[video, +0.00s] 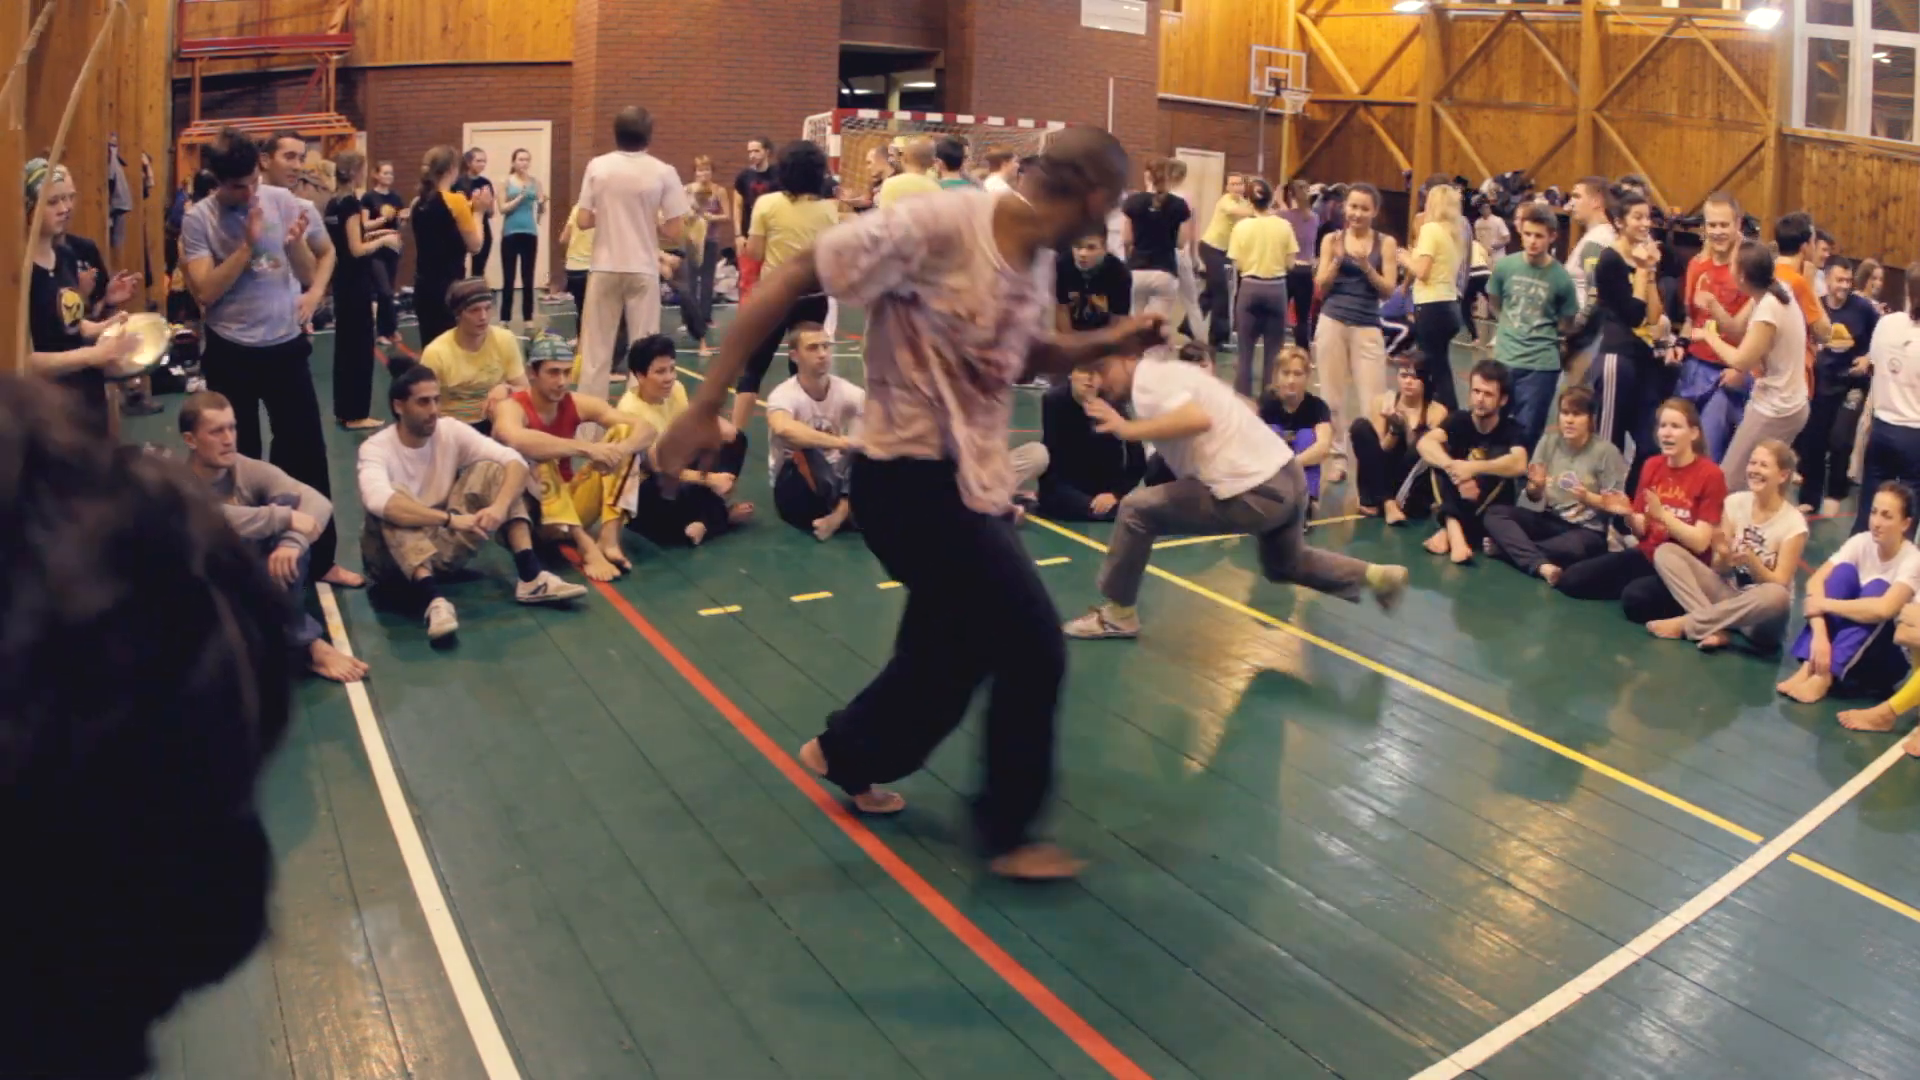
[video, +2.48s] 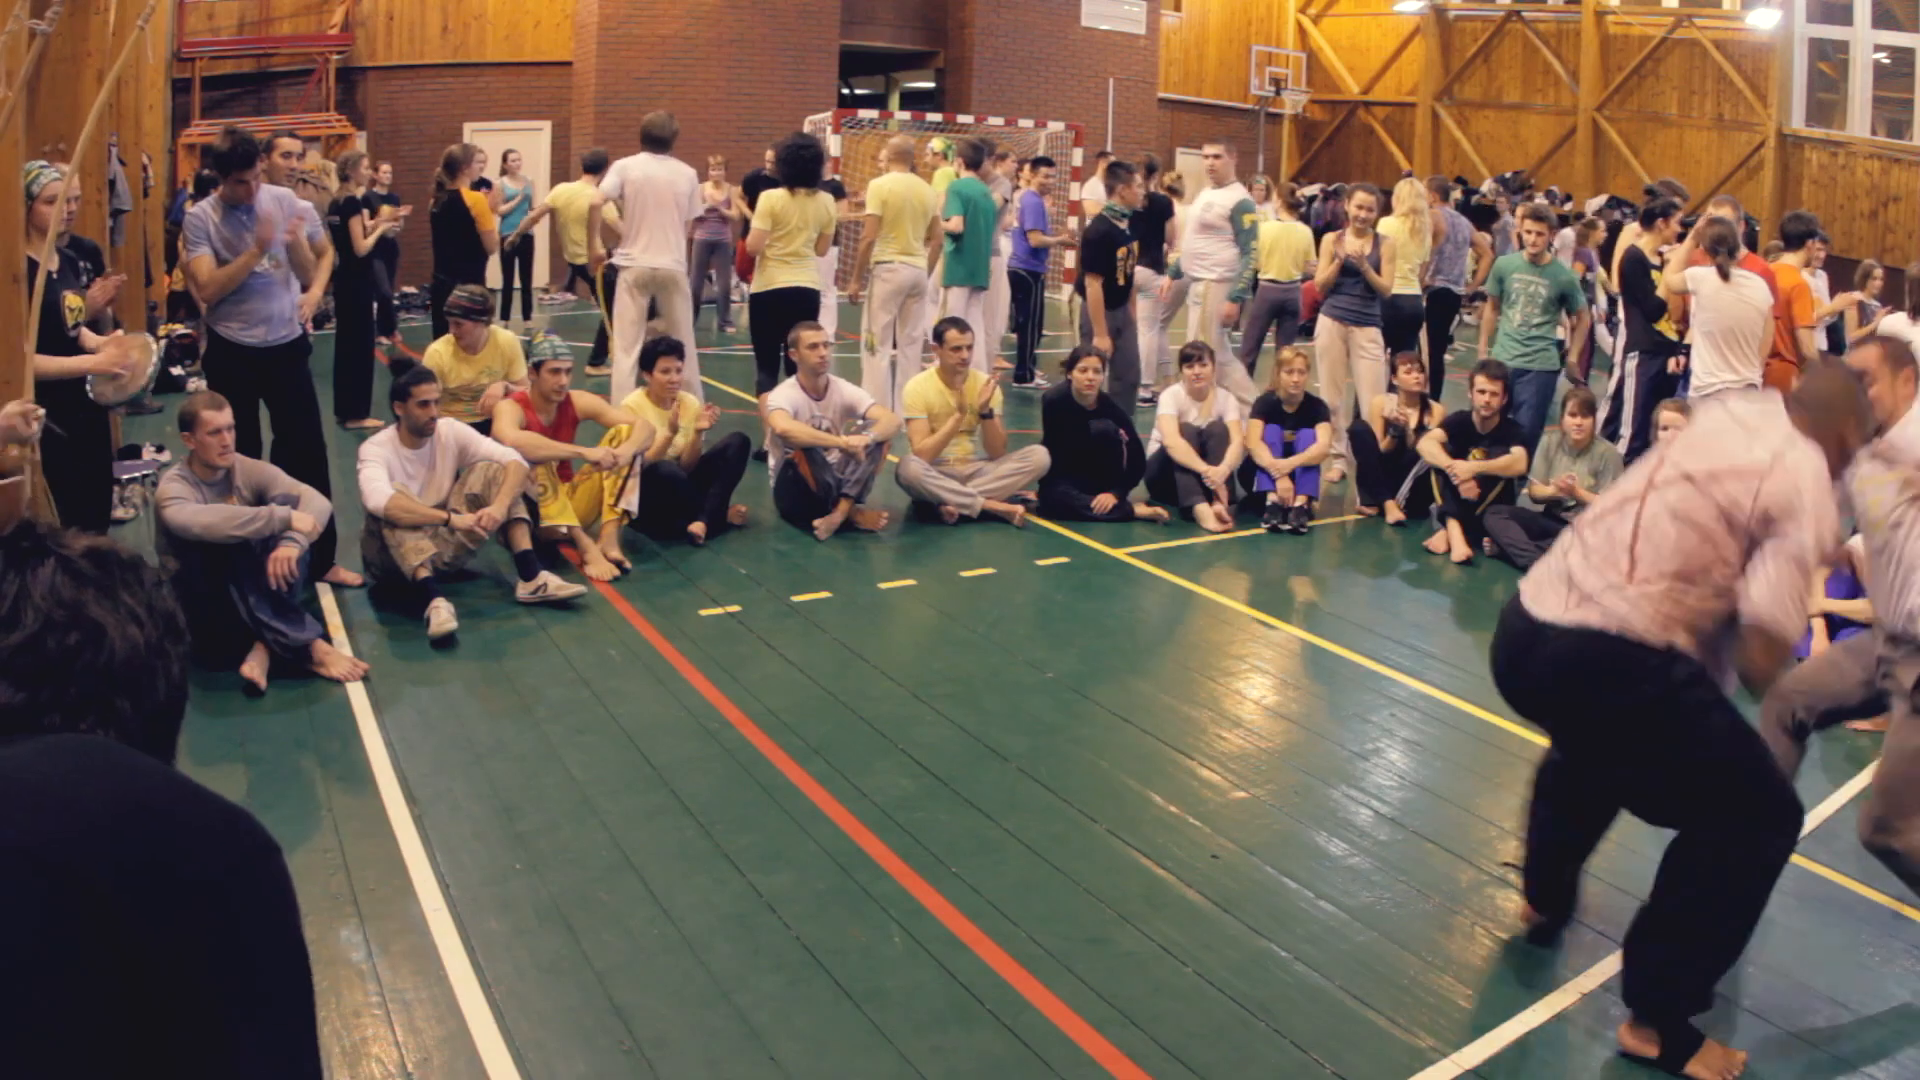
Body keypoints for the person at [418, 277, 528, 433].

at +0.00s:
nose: (483, 317)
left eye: (487, 309)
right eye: (474, 310)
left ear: (491, 309)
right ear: (458, 313)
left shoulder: (504, 340)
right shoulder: (435, 352)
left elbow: (523, 387)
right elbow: (424, 402)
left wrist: (505, 388)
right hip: (450, 428)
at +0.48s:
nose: (483, 316)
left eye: (486, 309)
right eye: (475, 311)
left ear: (490, 309)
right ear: (456, 315)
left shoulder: (504, 339)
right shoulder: (434, 351)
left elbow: (523, 388)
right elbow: (422, 401)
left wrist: (504, 387)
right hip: (451, 426)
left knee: (508, 405)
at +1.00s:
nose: (480, 317)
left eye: (484, 309)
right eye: (471, 311)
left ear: (489, 309)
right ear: (454, 315)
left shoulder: (503, 340)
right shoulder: (433, 353)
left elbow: (523, 389)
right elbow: (420, 400)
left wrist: (504, 387)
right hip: (449, 427)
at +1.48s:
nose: (481, 317)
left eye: (485, 309)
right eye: (472, 311)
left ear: (490, 309)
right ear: (455, 314)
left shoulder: (503, 340)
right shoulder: (434, 353)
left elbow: (523, 389)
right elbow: (419, 400)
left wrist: (504, 387)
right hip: (449, 428)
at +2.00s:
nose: (480, 316)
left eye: (484, 308)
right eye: (471, 310)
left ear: (488, 309)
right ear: (454, 313)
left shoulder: (503, 339)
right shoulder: (434, 351)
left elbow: (524, 389)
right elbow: (420, 400)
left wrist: (505, 387)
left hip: (494, 423)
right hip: (449, 428)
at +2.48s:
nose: (452, 331)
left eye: (458, 324)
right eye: (449, 323)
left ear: (481, 321)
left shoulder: (508, 342)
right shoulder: (437, 352)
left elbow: (525, 389)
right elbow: (427, 403)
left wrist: (504, 386)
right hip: (451, 427)